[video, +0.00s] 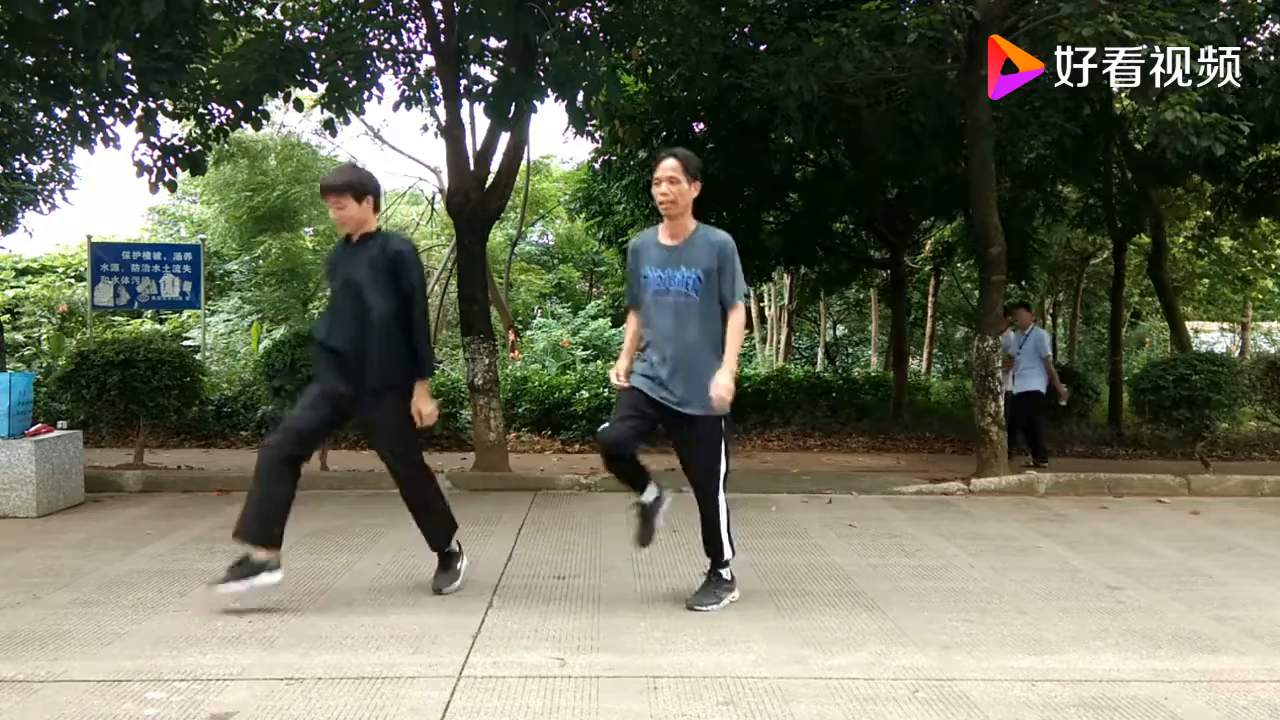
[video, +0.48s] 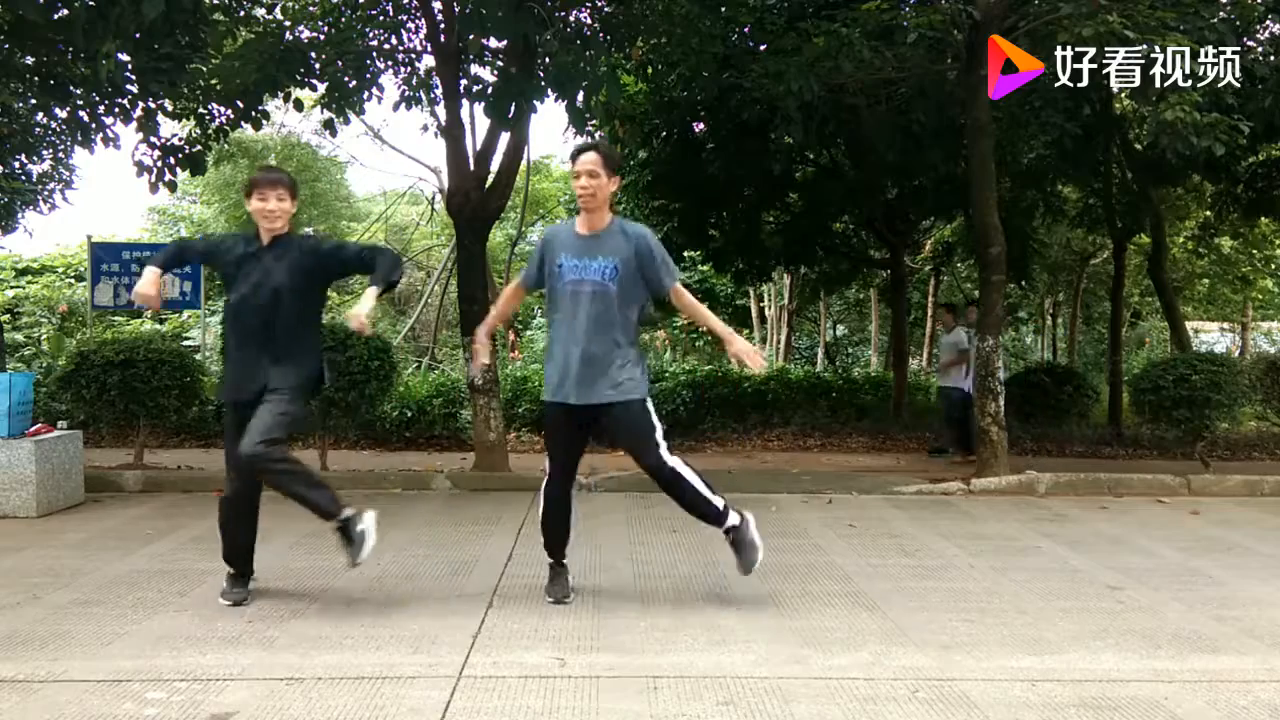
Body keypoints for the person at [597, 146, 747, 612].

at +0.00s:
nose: (663, 190)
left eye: (673, 182)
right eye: (658, 182)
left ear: (694, 189)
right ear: (652, 190)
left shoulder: (719, 245)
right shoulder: (640, 246)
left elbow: (736, 311)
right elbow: (637, 311)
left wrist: (727, 370)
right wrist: (624, 359)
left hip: (701, 386)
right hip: (649, 380)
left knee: (709, 488)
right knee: (612, 440)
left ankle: (721, 574)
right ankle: (649, 495)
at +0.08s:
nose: (651, 182)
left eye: (661, 174)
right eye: (646, 175)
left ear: (682, 181)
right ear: (640, 182)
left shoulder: (709, 237)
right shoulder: (629, 238)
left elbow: (725, 302)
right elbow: (627, 302)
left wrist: (716, 361)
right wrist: (615, 352)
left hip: (692, 383)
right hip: (637, 379)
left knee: (707, 481)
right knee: (604, 453)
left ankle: (711, 565)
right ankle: (622, 522)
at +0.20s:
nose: (628, 197)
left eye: (638, 189)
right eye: (623, 189)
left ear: (659, 195)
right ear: (618, 197)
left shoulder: (684, 252)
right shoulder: (604, 254)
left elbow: (698, 322)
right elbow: (600, 319)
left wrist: (705, 383)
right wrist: (586, 371)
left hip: (674, 396)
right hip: (617, 394)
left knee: (690, 487)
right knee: (592, 483)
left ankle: (706, 560)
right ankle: (575, 567)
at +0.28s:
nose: (617, 191)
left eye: (626, 183)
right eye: (612, 183)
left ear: (648, 191)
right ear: (606, 190)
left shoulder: (669, 249)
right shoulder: (590, 248)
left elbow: (686, 317)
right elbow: (578, 315)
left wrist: (710, 378)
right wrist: (567, 377)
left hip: (659, 395)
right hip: (601, 394)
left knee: (682, 484)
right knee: (584, 489)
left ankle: (707, 556)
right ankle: (575, 570)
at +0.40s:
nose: (593, 177)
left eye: (603, 169)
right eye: (587, 170)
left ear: (624, 176)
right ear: (582, 177)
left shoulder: (648, 233)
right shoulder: (564, 231)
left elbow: (680, 296)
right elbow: (539, 289)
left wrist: (723, 345)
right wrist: (512, 335)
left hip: (630, 377)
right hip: (573, 377)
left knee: (667, 465)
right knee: (569, 474)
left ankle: (726, 535)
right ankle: (560, 562)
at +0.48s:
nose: (582, 185)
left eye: (592, 176)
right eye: (576, 177)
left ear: (613, 184)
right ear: (571, 184)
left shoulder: (637, 239)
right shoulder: (552, 239)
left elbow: (678, 296)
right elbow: (519, 288)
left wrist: (729, 336)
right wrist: (484, 330)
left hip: (620, 384)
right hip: (563, 384)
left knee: (658, 466)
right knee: (557, 480)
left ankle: (734, 524)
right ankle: (556, 566)